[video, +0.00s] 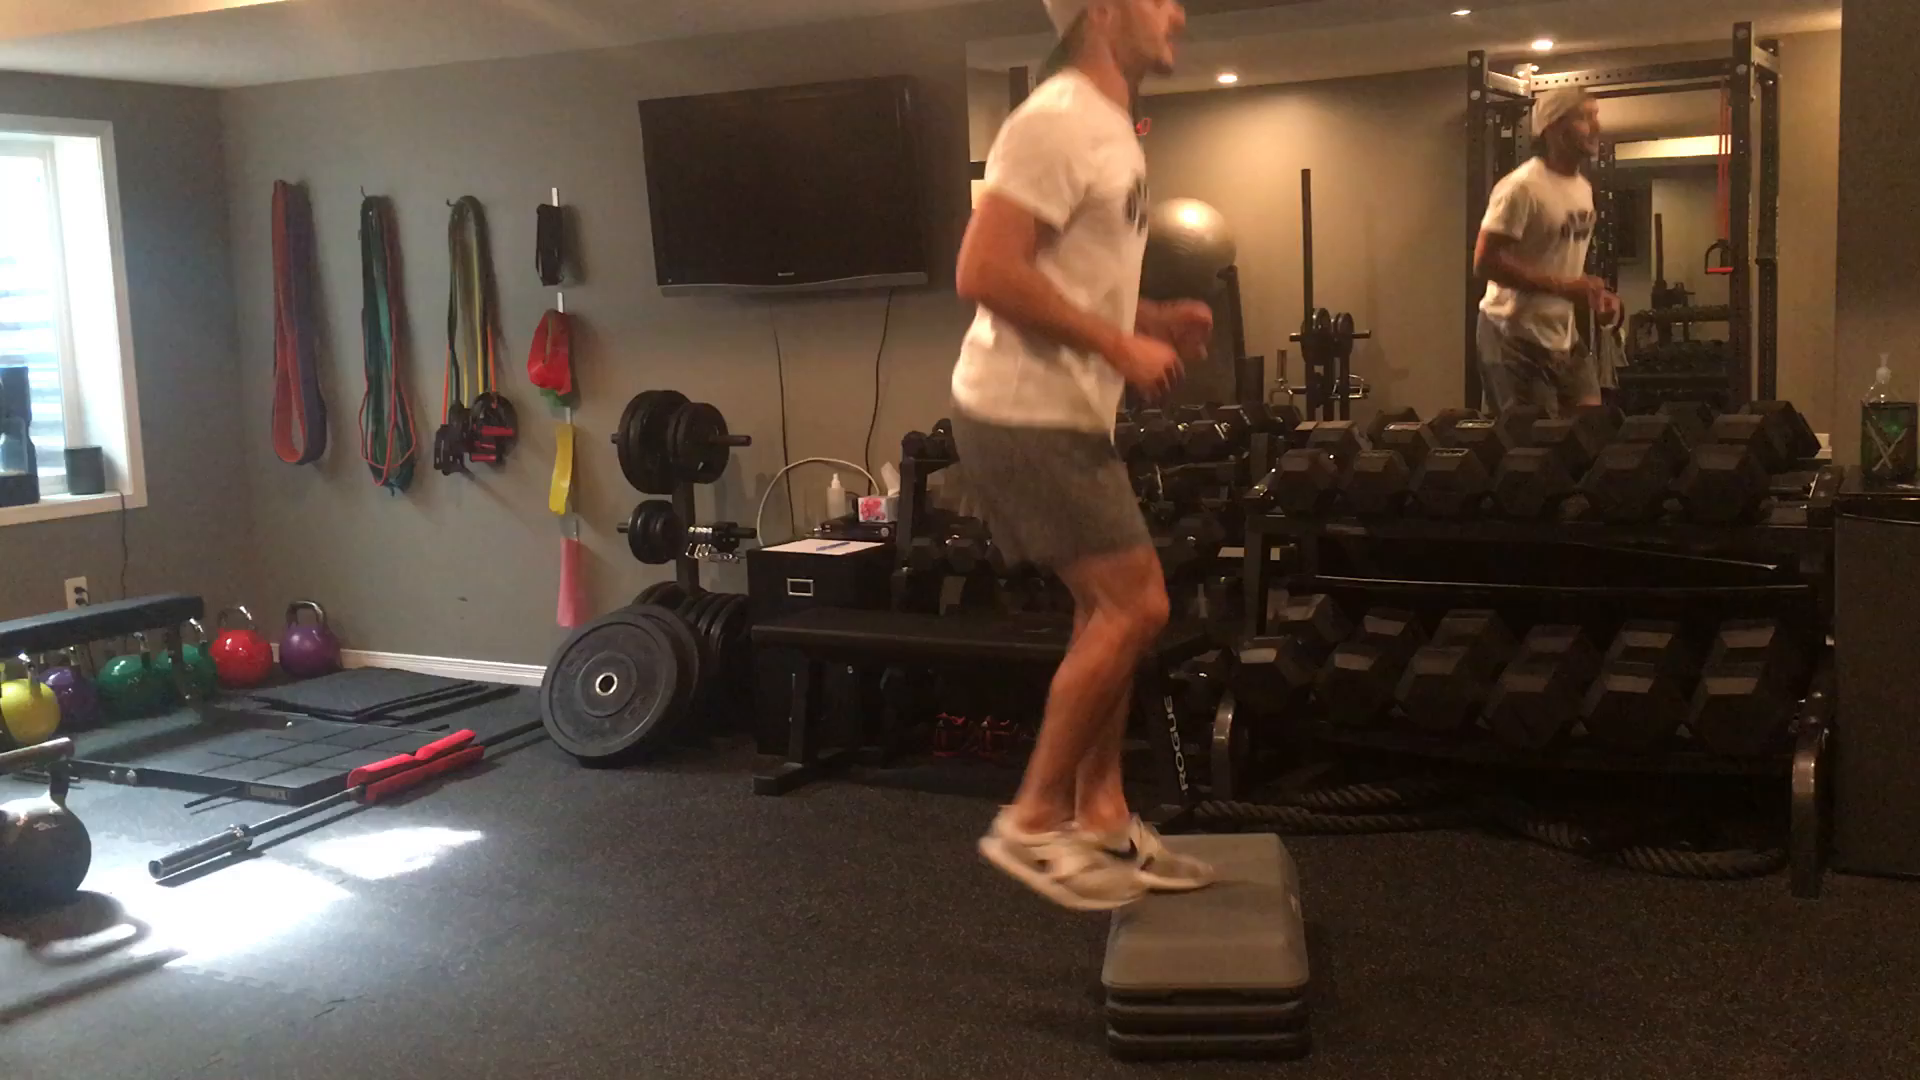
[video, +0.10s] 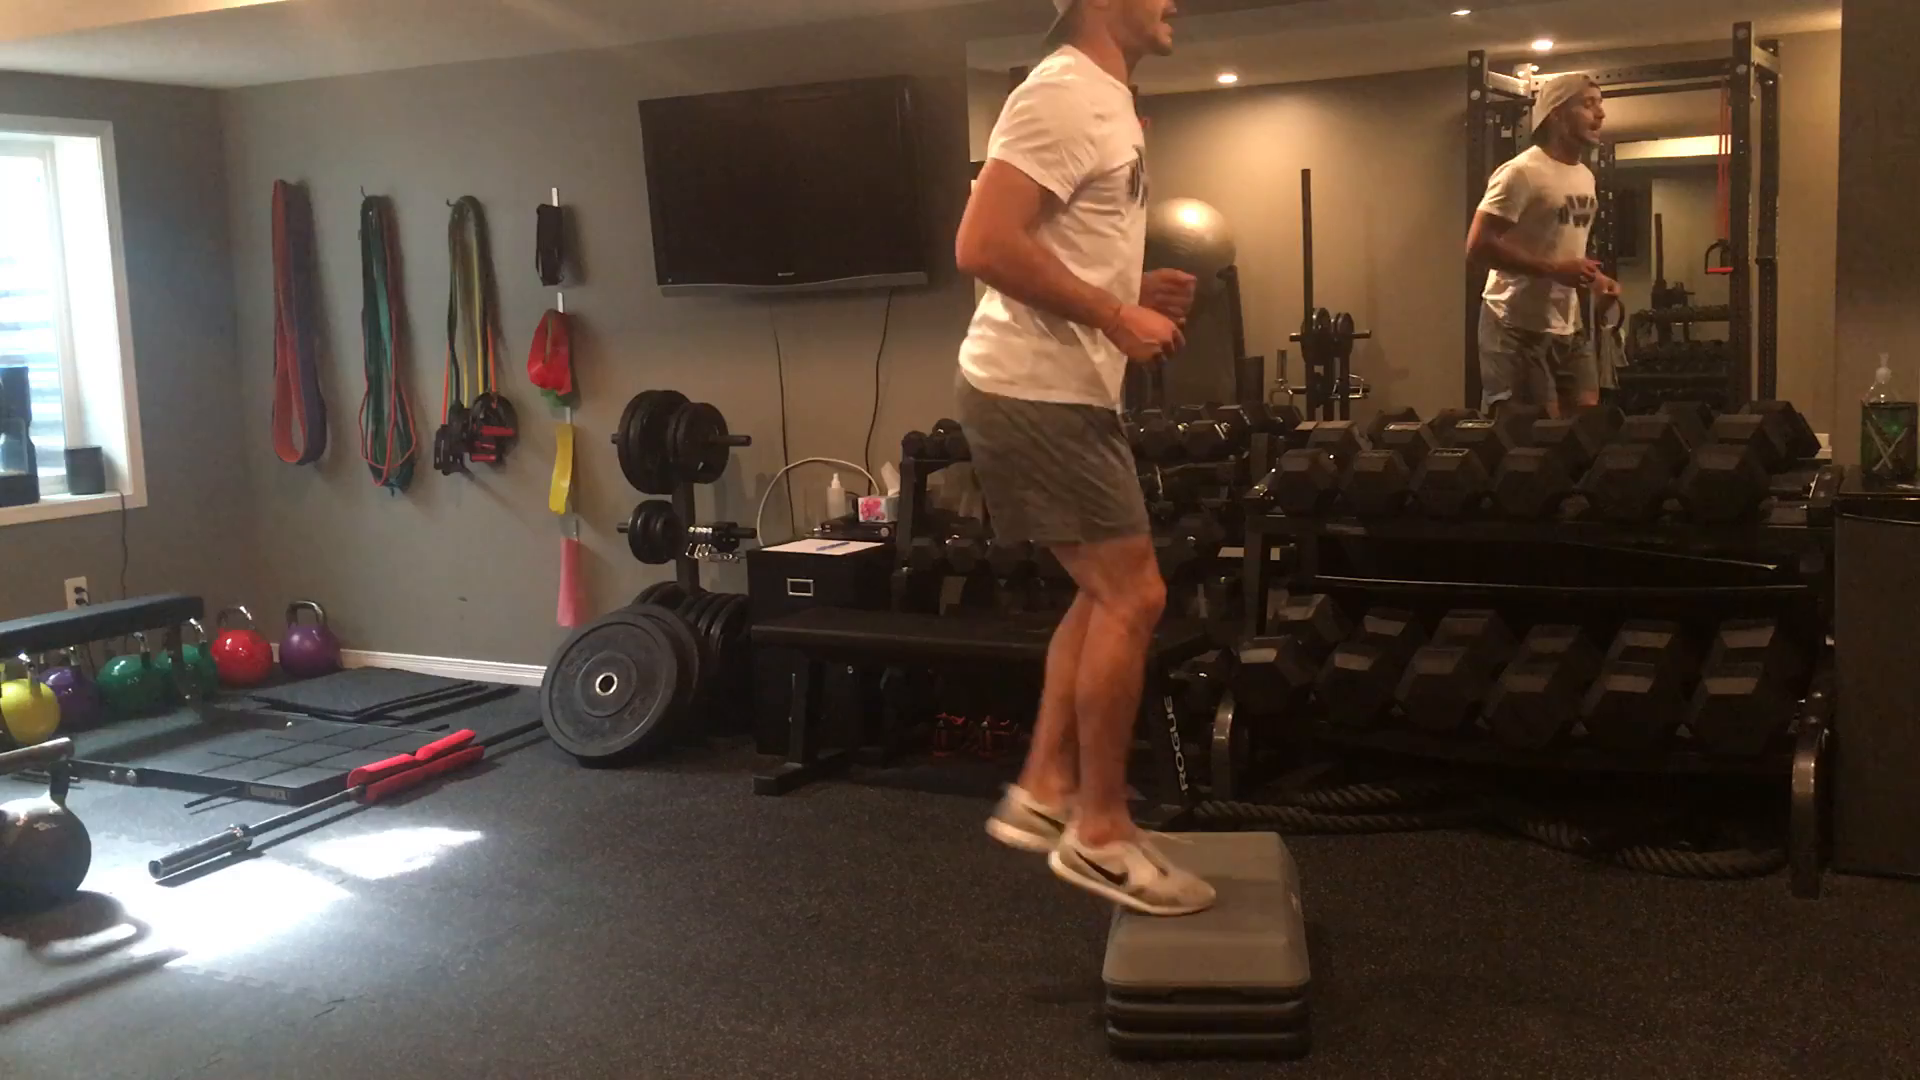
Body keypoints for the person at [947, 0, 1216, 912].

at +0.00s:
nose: (1178, 16)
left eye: (1174, 3)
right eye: (1163, 1)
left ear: (1116, 17)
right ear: (1107, 11)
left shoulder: (1108, 124)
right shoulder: (1056, 117)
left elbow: (1053, 278)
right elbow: (984, 270)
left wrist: (1144, 321)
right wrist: (1118, 344)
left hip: (1061, 406)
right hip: (1025, 410)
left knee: (1112, 609)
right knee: (1134, 604)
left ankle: (1101, 819)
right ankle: (1031, 821)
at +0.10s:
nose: (1172, 6)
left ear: (1111, 10)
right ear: (1105, 1)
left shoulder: (1107, 100)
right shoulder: (1062, 92)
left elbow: (1041, 249)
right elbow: (983, 244)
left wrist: (1130, 287)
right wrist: (1111, 312)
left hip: (1058, 388)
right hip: (1034, 389)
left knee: (1106, 594)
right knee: (1131, 596)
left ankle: (1045, 788)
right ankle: (1101, 830)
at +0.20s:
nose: (1168, 18)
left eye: (1163, 4)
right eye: (1151, 3)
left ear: (1102, 21)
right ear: (1096, 16)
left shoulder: (1089, 123)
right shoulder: (1062, 121)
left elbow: (1037, 273)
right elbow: (995, 275)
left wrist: (1130, 315)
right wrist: (1125, 335)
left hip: (1058, 416)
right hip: (1057, 422)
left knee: (1107, 616)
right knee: (1129, 628)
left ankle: (997, 778)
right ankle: (1095, 863)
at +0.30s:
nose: (1155, 34)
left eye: (1151, 16)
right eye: (1137, 16)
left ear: (1088, 34)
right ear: (1078, 31)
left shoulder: (1077, 140)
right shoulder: (1043, 140)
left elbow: (1046, 287)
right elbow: (993, 299)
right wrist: (1130, 354)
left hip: (1055, 424)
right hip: (1048, 430)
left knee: (1079, 630)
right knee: (1115, 637)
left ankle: (980, 811)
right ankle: (1092, 867)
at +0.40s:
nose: (1148, 42)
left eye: (1145, 24)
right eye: (1129, 23)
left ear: (1080, 40)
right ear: (1068, 35)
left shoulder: (1074, 147)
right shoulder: (1020, 139)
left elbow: (1023, 298)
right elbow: (962, 294)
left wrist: (1092, 382)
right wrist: (1103, 355)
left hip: (1024, 428)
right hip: (1013, 431)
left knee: (1019, 632)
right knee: (1115, 623)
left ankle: (978, 847)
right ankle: (1088, 857)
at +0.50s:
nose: (1136, 102)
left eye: (1132, 82)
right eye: (1122, 82)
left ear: (1073, 94)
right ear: (1067, 92)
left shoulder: (1056, 195)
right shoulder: (1002, 184)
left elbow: (995, 337)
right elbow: (919, 325)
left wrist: (1067, 412)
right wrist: (1063, 391)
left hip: (993, 474)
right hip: (983, 479)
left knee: (985, 678)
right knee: (1146, 622)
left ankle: (945, 895)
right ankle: (1059, 837)